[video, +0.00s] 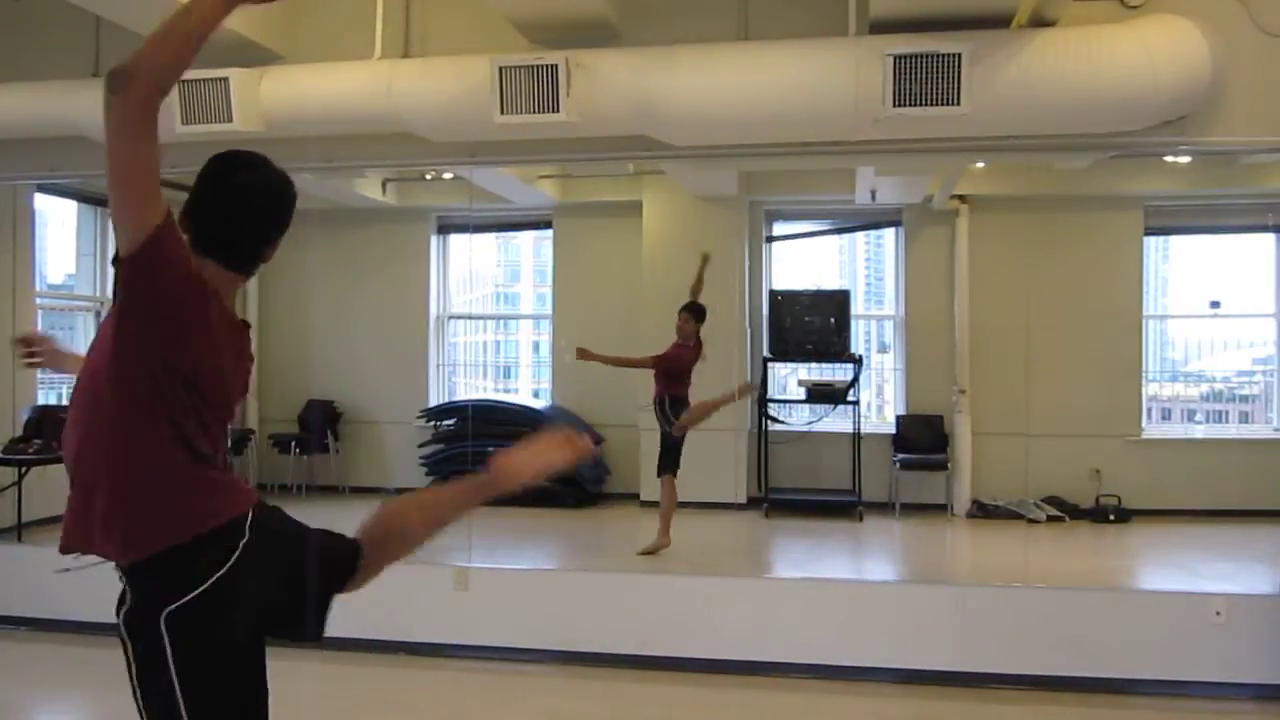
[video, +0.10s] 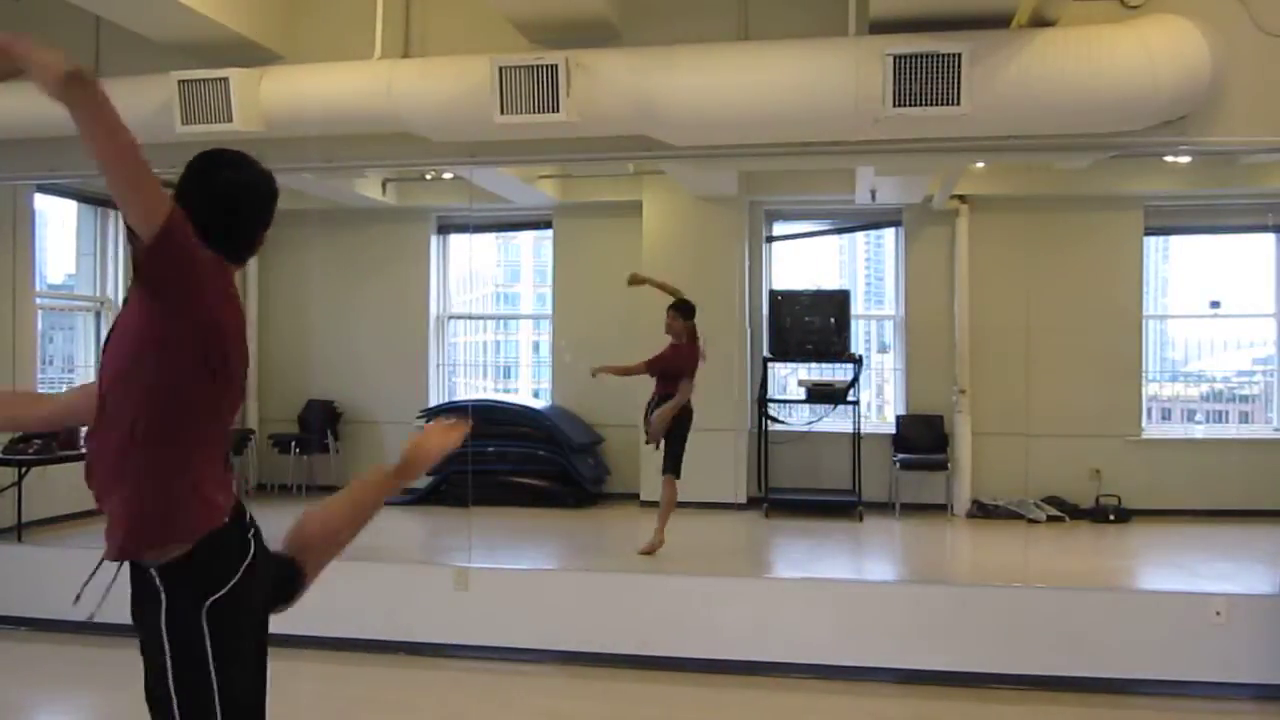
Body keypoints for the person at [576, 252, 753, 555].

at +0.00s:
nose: (679, 324)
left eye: (685, 322)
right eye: (679, 319)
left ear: (695, 326)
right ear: (682, 321)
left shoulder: (674, 356)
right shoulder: (693, 342)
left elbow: (634, 363)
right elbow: (691, 303)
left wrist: (596, 357)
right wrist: (701, 270)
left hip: (667, 399)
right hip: (679, 401)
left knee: (678, 424)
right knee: (667, 472)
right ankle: (663, 536)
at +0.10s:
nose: (667, 324)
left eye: (671, 320)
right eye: (667, 319)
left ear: (683, 323)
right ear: (683, 321)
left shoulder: (675, 354)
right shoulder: (690, 337)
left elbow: (638, 369)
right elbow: (679, 296)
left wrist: (604, 369)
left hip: (667, 405)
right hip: (679, 405)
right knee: (669, 475)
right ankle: (659, 532)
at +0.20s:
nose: (651, 327)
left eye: (655, 323)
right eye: (652, 322)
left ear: (668, 325)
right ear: (675, 323)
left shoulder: (668, 351)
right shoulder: (687, 337)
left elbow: (646, 377)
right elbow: (676, 320)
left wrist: (632, 382)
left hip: (661, 408)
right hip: (684, 416)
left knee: (633, 447)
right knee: (665, 480)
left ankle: (626, 480)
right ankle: (648, 537)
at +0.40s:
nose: (670, 328)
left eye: (663, 323)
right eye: (675, 324)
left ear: (656, 324)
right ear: (679, 326)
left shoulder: (641, 351)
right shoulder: (687, 354)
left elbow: (640, 379)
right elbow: (704, 393)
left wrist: (680, 381)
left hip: (637, 416)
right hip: (664, 419)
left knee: (635, 472)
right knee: (659, 480)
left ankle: (635, 520)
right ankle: (647, 538)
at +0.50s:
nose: (693, 333)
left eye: (694, 328)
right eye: (694, 328)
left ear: (674, 321)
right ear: (687, 324)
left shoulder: (654, 341)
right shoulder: (679, 348)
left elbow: (664, 381)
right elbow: (672, 390)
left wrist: (696, 383)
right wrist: (678, 428)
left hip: (638, 405)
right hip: (648, 408)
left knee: (648, 467)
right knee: (641, 468)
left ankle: (653, 519)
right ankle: (633, 528)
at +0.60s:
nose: (688, 339)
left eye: (690, 334)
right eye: (688, 333)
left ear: (676, 330)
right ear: (676, 328)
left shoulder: (669, 351)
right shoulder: (657, 351)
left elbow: (683, 375)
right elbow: (645, 390)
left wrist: (717, 371)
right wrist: (647, 422)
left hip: (658, 418)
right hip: (640, 418)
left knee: (663, 475)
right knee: (616, 466)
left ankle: (650, 531)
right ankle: (593, 518)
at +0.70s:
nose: (678, 333)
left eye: (678, 329)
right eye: (678, 329)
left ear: (664, 327)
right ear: (672, 328)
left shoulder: (677, 351)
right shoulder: (647, 351)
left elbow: (698, 361)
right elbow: (628, 373)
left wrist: (732, 353)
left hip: (663, 425)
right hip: (639, 420)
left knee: (661, 480)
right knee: (606, 463)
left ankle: (649, 534)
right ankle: (568, 507)